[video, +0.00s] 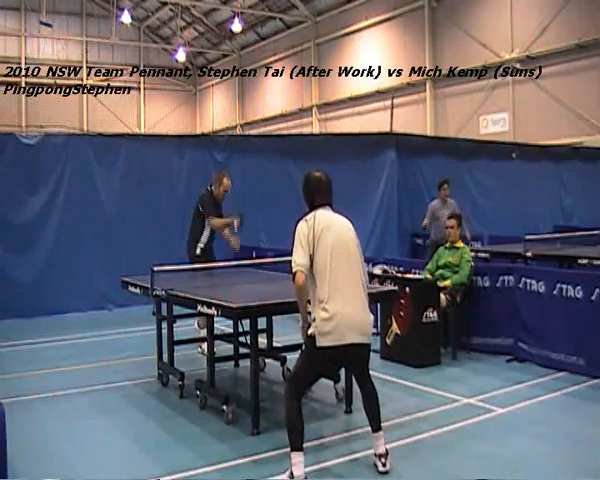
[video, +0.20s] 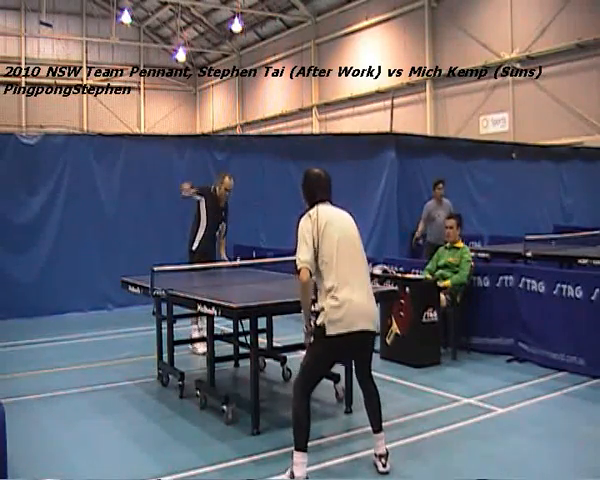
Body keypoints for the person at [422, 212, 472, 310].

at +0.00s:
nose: (448, 231)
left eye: (452, 228)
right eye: (446, 228)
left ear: (459, 230)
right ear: (444, 230)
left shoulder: (464, 251)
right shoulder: (441, 249)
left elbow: (463, 277)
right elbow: (429, 267)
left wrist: (446, 283)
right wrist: (428, 276)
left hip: (453, 285)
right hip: (435, 282)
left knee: (441, 298)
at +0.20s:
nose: (448, 231)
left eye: (451, 228)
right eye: (446, 228)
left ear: (458, 230)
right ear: (443, 230)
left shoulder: (464, 251)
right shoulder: (441, 250)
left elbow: (463, 277)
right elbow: (429, 268)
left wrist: (445, 283)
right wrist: (428, 276)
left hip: (453, 285)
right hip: (435, 282)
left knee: (441, 298)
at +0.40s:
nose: (447, 231)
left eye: (450, 228)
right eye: (445, 228)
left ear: (458, 230)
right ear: (443, 229)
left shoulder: (464, 251)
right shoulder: (441, 249)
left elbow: (463, 276)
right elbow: (430, 267)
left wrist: (446, 283)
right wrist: (427, 275)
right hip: (435, 282)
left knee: (442, 297)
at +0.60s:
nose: (447, 231)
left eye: (450, 228)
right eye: (445, 228)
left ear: (458, 230)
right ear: (443, 230)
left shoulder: (464, 251)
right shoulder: (441, 250)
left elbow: (463, 276)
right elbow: (429, 268)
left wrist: (445, 283)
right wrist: (428, 277)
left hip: (453, 286)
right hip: (435, 282)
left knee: (441, 297)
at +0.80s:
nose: (446, 231)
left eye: (450, 228)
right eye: (445, 227)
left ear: (458, 230)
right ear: (442, 229)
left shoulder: (464, 251)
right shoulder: (442, 249)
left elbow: (463, 276)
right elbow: (430, 267)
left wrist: (446, 283)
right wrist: (428, 276)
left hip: (453, 285)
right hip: (436, 281)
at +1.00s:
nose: (446, 231)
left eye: (450, 228)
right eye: (445, 228)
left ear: (458, 230)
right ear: (443, 229)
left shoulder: (465, 251)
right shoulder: (442, 249)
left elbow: (463, 276)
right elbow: (429, 268)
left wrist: (446, 283)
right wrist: (429, 277)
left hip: (453, 285)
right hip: (435, 282)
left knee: (441, 298)